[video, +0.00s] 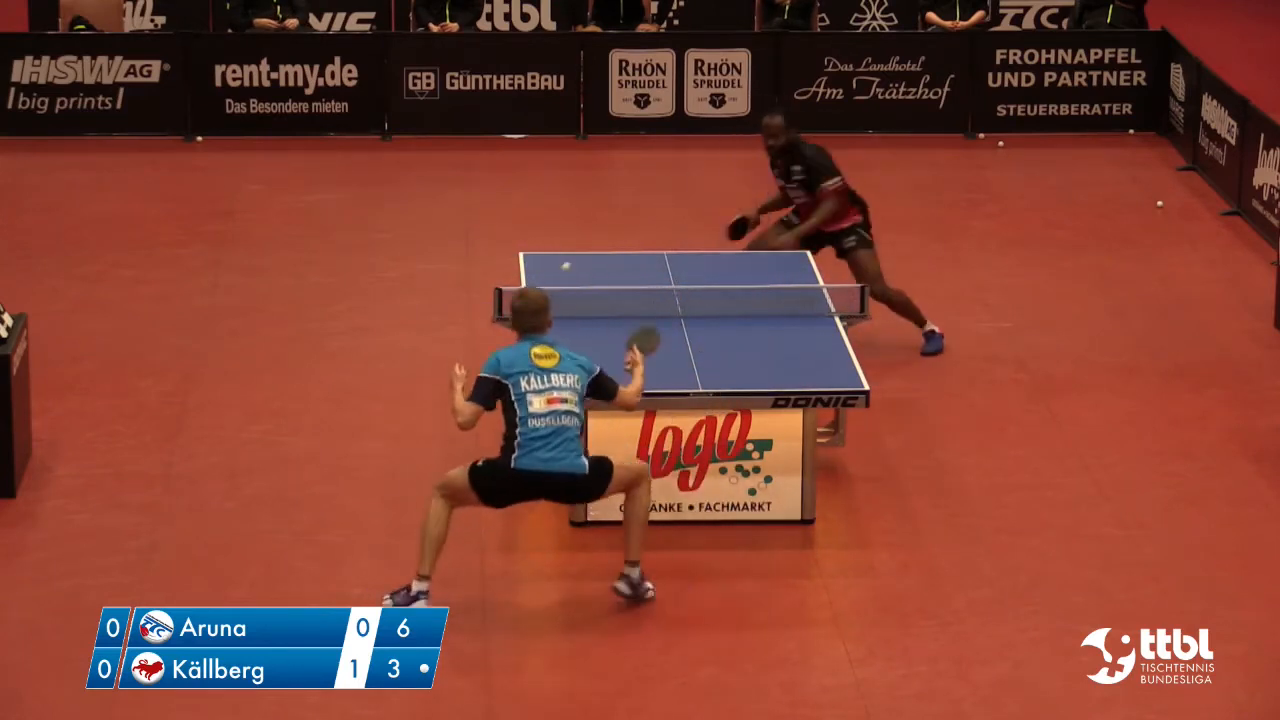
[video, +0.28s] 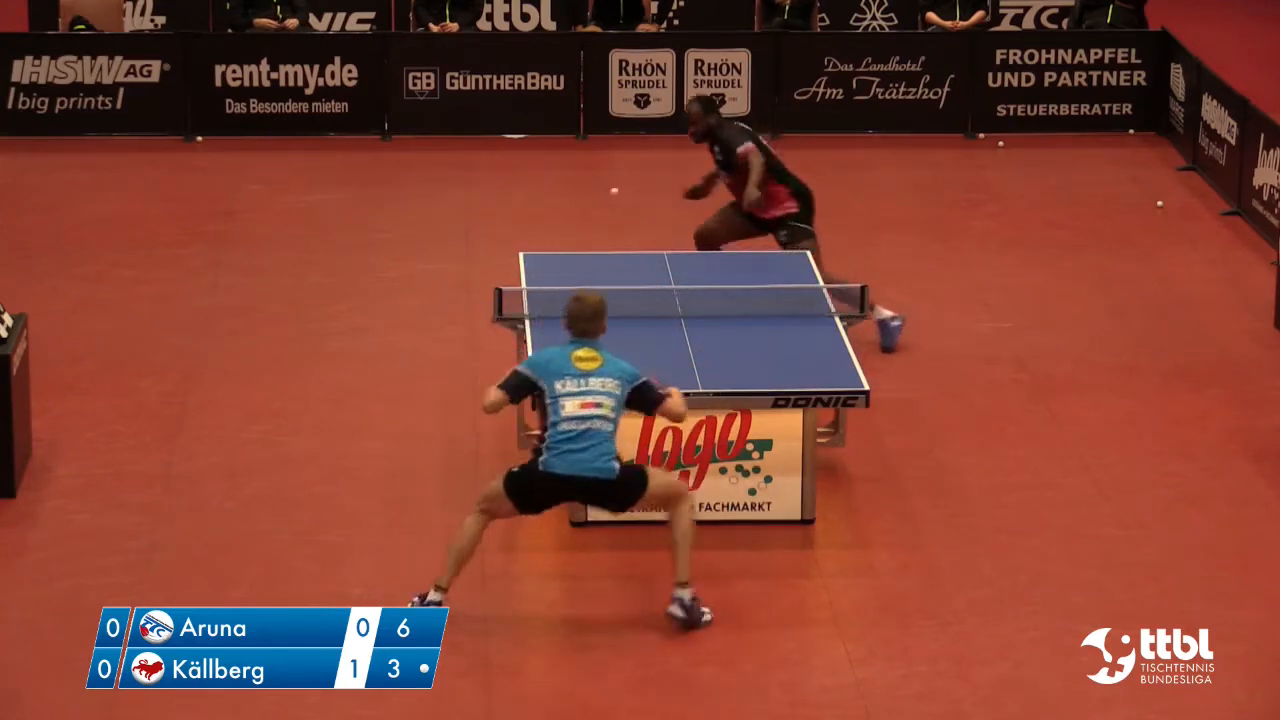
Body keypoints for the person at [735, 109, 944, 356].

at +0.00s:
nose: (770, 142)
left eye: (775, 136)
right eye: (767, 136)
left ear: (790, 133)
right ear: (763, 136)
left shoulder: (812, 154)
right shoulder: (776, 156)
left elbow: (835, 202)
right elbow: (790, 195)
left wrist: (795, 234)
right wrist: (757, 211)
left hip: (844, 222)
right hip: (807, 220)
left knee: (877, 289)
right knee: (753, 255)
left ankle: (928, 329)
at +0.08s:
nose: (745, 144)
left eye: (750, 137)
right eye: (742, 138)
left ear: (766, 134)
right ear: (742, 138)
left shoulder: (785, 156)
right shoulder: (765, 158)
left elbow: (790, 201)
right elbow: (772, 193)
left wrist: (754, 234)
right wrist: (749, 218)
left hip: (834, 226)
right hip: (799, 225)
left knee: (867, 291)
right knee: (743, 247)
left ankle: (926, 328)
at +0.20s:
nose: (707, 136)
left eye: (712, 130)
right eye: (705, 130)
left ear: (728, 126)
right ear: (709, 128)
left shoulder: (746, 144)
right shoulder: (730, 145)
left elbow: (758, 177)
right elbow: (750, 173)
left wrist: (744, 208)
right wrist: (739, 188)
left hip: (803, 216)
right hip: (769, 216)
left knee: (837, 281)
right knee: (714, 238)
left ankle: (912, 321)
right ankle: (723, 306)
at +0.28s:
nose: (689, 128)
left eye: (693, 121)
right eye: (688, 122)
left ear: (711, 118)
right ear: (702, 119)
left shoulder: (731, 134)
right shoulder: (717, 138)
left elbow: (756, 158)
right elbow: (725, 165)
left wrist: (752, 187)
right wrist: (705, 184)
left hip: (788, 205)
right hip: (757, 206)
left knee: (814, 278)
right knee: (705, 236)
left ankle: (884, 316)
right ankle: (719, 303)